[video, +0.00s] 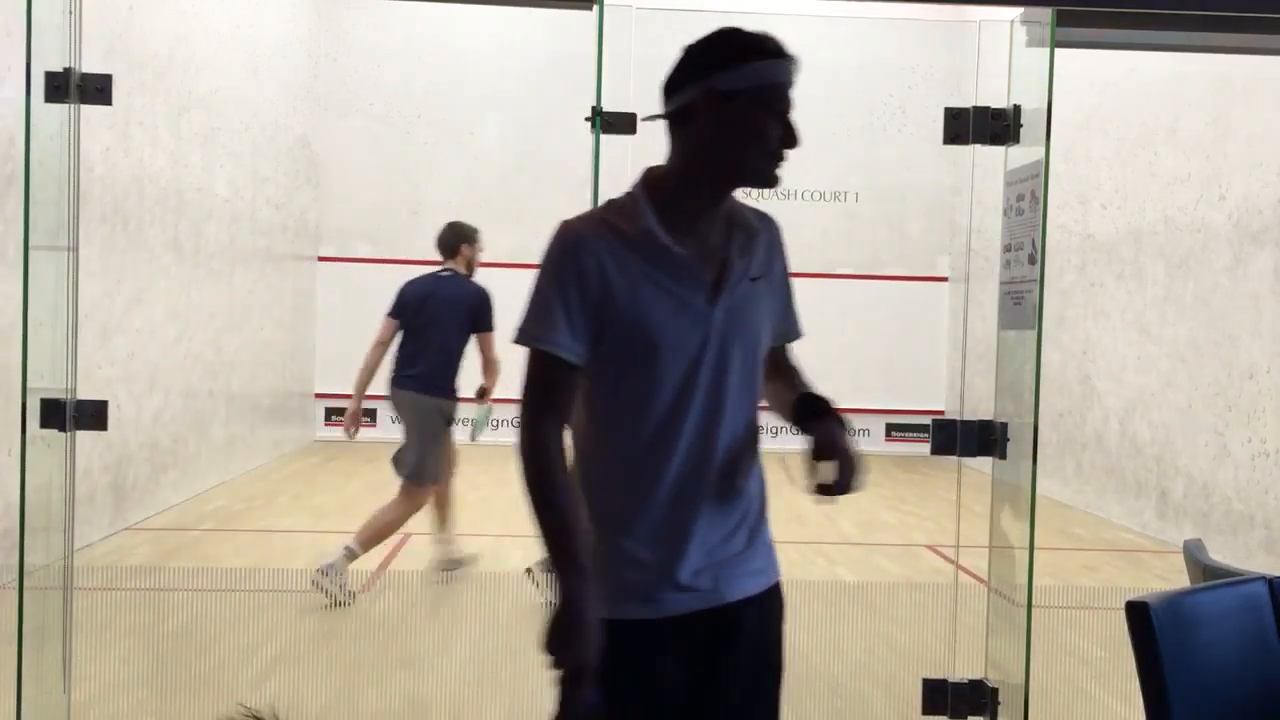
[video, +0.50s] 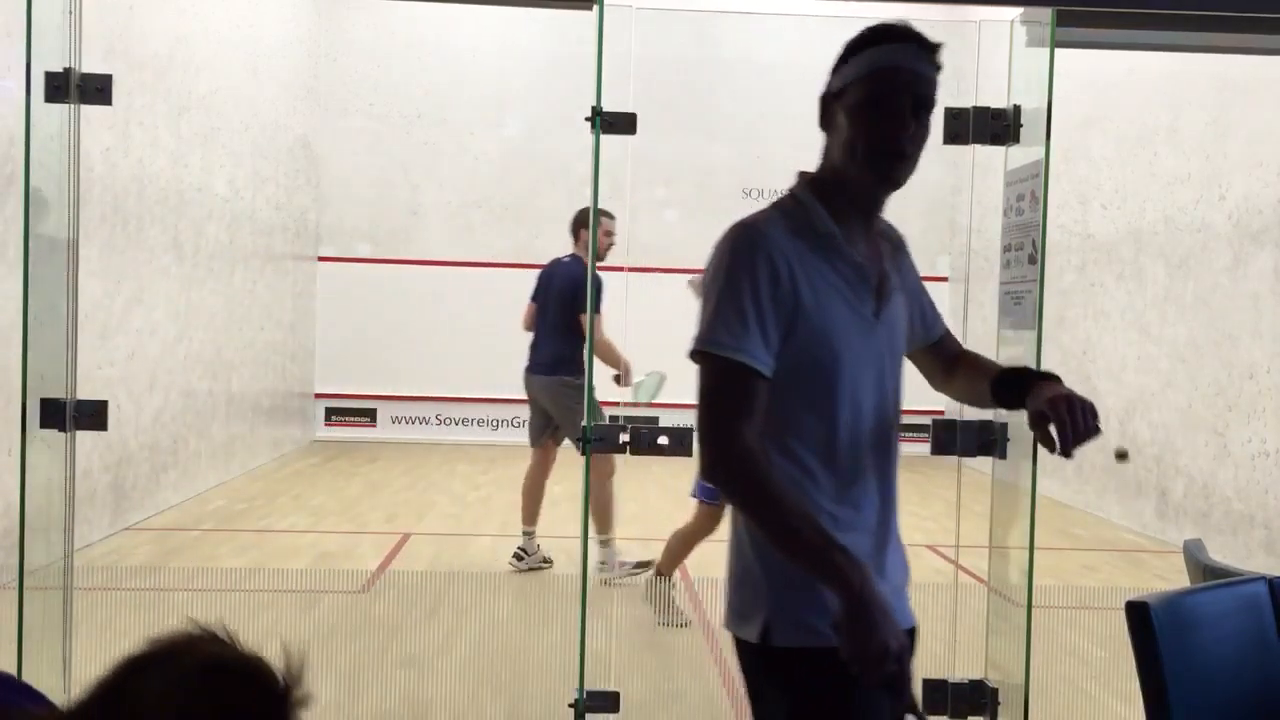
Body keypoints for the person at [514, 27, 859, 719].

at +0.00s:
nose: (793, 135)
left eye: (788, 113)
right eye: (774, 112)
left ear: (717, 118)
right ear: (703, 114)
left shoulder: (758, 239)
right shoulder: (589, 247)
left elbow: (771, 362)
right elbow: (540, 431)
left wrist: (816, 414)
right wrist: (574, 590)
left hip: (743, 589)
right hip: (627, 602)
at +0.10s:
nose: (827, 137)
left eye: (823, 115)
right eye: (811, 114)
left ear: (749, 118)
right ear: (744, 115)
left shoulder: (786, 238)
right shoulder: (628, 246)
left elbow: (827, 355)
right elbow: (585, 427)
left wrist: (898, 414)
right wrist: (643, 579)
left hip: (771, 582)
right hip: (668, 596)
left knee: (778, 712)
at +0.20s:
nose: (860, 142)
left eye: (856, 120)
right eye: (845, 118)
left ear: (783, 119)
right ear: (779, 116)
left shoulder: (808, 237)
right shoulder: (662, 246)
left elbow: (877, 336)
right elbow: (626, 438)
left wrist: (949, 382)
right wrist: (711, 585)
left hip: (796, 578)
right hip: (703, 594)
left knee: (808, 711)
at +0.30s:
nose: (889, 144)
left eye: (886, 123)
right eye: (872, 120)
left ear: (810, 120)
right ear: (799, 116)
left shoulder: (833, 239)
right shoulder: (694, 249)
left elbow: (907, 330)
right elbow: (662, 445)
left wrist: (984, 365)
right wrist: (768, 588)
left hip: (821, 582)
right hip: (731, 599)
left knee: (832, 712)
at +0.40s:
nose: (909, 135)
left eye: (909, 117)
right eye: (890, 113)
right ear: (819, 114)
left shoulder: (857, 245)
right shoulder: (726, 249)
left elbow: (932, 345)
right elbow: (699, 450)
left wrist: (1015, 368)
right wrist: (816, 586)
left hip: (851, 597)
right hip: (763, 610)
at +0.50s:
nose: (905, 131)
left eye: (921, 111)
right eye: (883, 103)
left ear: (932, 126)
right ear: (829, 109)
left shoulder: (886, 249)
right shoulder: (761, 249)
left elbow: (947, 365)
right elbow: (728, 450)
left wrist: (1029, 386)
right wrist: (855, 587)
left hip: (881, 607)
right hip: (798, 617)